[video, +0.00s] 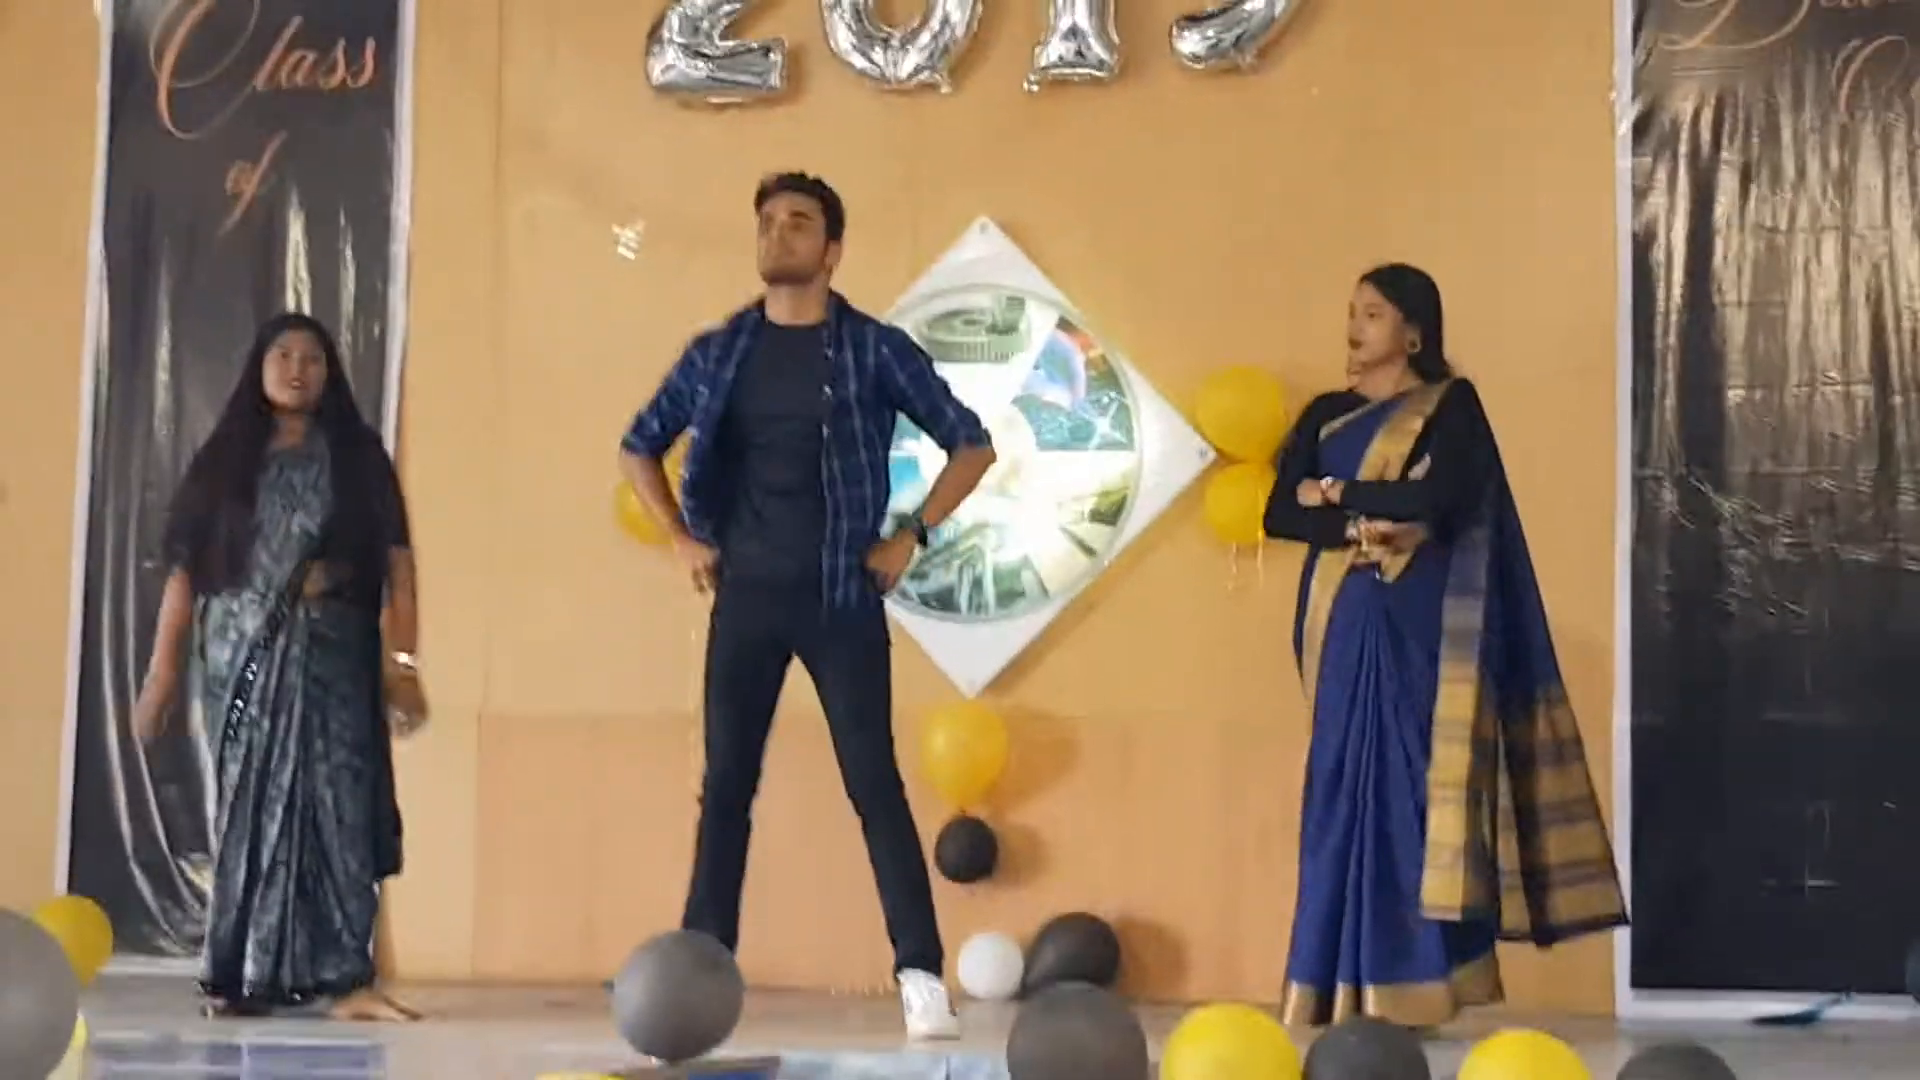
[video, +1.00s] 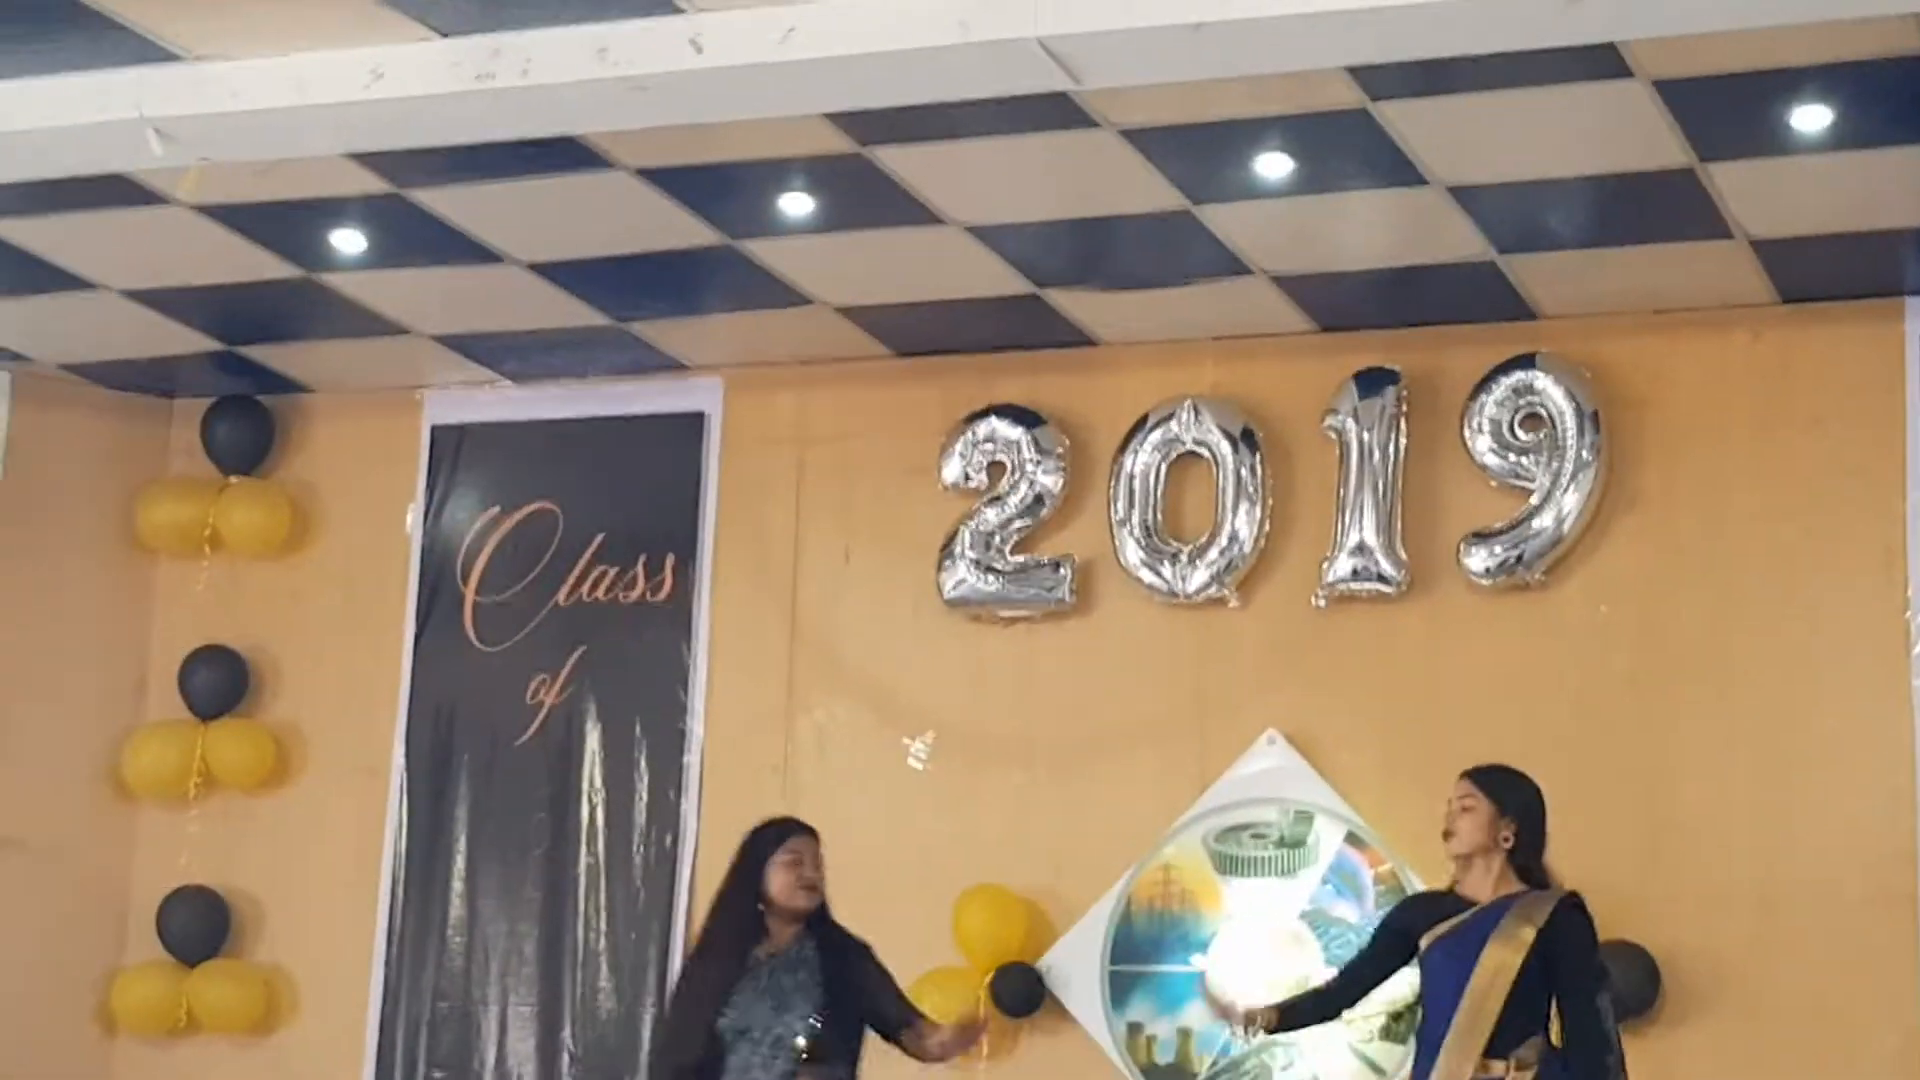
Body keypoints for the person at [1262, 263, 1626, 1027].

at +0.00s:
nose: (1354, 328)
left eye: (1370, 316)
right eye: (1353, 314)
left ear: (1411, 328)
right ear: (1352, 323)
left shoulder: (1453, 402)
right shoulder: (1324, 413)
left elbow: (1439, 502)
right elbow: (1280, 513)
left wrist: (1339, 493)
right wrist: (1361, 529)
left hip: (1422, 635)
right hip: (1344, 634)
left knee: (1413, 801)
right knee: (1344, 796)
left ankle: (1401, 992)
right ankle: (1327, 989)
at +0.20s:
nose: (1335, 427)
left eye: (1349, 413)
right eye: (1335, 412)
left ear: (1390, 424)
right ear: (1343, 422)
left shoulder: (1432, 513)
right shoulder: (1307, 510)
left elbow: (1402, 631)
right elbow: (1199, 580)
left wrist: (1307, 625)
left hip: (1394, 728)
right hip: (1316, 725)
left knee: (1391, 890)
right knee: (1289, 873)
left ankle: (1398, 1057)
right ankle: (1308, 1057)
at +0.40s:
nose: (1365, 652)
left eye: (1383, 641)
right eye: (1365, 637)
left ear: (1419, 658)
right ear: (1358, 645)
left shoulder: (1457, 743)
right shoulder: (1332, 736)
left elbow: (1476, 857)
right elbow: (1209, 741)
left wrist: (1459, 937)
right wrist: (1113, 696)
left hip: (1429, 950)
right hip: (1347, 948)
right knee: (1344, 1059)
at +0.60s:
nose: (1433, 767)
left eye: (1453, 759)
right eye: (1430, 757)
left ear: (1491, 785)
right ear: (1423, 774)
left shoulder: (1528, 866)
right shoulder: (1390, 860)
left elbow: (1570, 996)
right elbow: (1279, 881)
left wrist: (1599, 1073)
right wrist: (1173, 869)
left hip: (1518, 1056)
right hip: (1415, 1056)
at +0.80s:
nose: (1445, 814)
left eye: (1464, 804)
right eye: (1441, 805)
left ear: (1502, 833)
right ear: (1435, 825)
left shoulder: (1540, 910)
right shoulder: (1403, 905)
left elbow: (1573, 1026)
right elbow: (1320, 955)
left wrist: (1583, 1078)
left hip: (1503, 1069)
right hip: (1417, 1067)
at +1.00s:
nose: (1448, 819)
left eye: (1466, 807)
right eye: (1449, 807)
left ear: (1507, 830)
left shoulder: (1557, 913)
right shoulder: (1422, 913)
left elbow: (1591, 1053)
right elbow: (1341, 993)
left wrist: (1517, 1066)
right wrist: (1257, 1020)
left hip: (1506, 1075)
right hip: (1428, 1069)